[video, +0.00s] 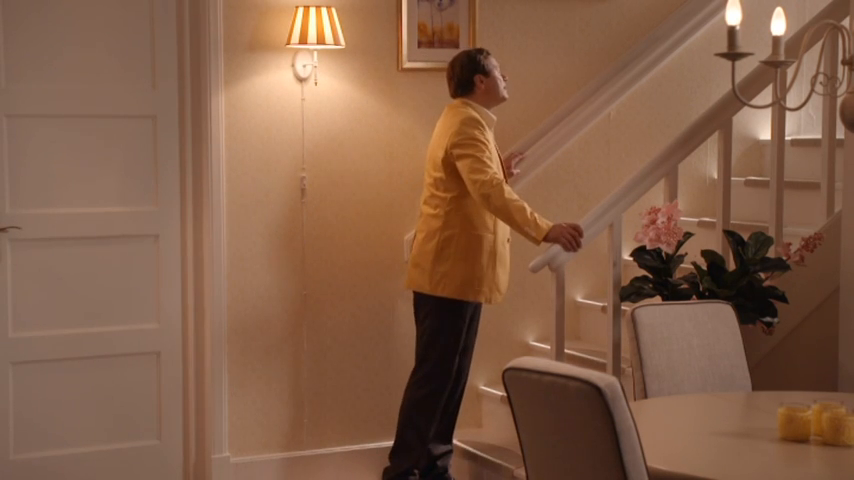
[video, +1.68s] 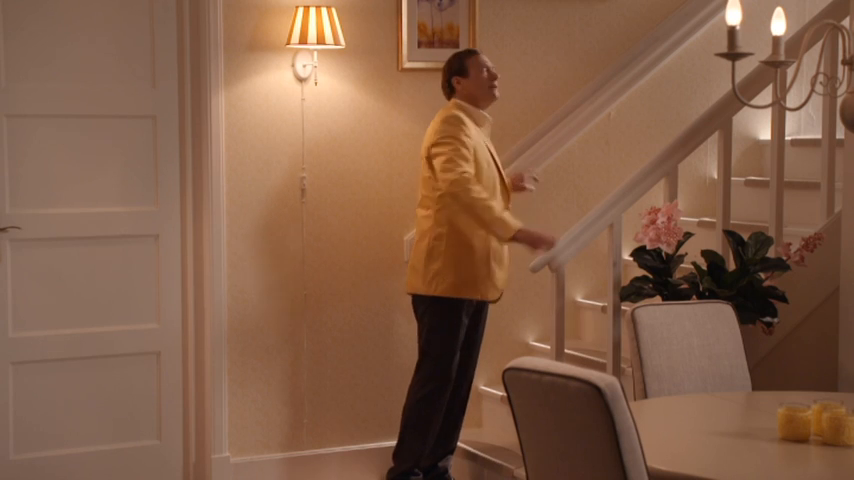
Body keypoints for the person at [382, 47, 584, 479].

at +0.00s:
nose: (505, 80)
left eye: (501, 73)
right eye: (498, 73)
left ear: (474, 82)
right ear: (480, 81)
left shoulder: (465, 120)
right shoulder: (466, 123)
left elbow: (461, 194)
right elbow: (489, 190)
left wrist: (498, 178)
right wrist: (545, 229)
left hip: (462, 271)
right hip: (448, 271)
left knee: (451, 376)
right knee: (435, 375)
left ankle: (433, 469)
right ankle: (405, 471)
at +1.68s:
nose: (496, 78)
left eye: (493, 72)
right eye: (486, 72)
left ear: (470, 83)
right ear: (459, 82)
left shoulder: (475, 128)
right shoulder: (450, 125)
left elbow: (475, 189)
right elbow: (460, 189)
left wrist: (507, 183)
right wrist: (518, 231)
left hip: (474, 274)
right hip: (445, 274)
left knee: (458, 379)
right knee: (436, 377)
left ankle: (436, 467)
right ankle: (406, 470)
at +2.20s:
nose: (458, 81)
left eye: (469, 76)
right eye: (455, 74)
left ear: (491, 88)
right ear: (448, 83)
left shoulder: (514, 142)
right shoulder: (421, 126)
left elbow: (532, 202)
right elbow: (375, 181)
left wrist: (511, 210)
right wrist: (336, 230)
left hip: (472, 271)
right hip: (414, 262)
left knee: (460, 378)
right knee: (397, 373)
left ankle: (447, 473)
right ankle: (385, 473)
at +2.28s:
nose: (450, 86)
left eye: (461, 81)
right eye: (448, 79)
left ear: (486, 93)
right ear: (444, 85)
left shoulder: (512, 148)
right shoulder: (418, 130)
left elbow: (531, 209)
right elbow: (378, 187)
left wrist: (504, 220)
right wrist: (342, 236)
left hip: (464, 275)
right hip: (408, 265)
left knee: (453, 380)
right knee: (388, 374)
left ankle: (445, 472)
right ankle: (373, 470)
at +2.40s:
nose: (436, 87)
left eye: (447, 81)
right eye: (436, 79)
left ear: (474, 91)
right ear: (434, 83)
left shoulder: (501, 146)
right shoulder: (410, 126)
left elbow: (520, 207)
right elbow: (383, 191)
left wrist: (487, 222)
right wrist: (366, 246)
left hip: (453, 271)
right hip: (399, 263)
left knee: (445, 376)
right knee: (377, 365)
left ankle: (444, 472)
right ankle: (353, 468)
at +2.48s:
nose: (423, 88)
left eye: (433, 82)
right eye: (424, 80)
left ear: (462, 90)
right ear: (426, 84)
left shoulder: (491, 143)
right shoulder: (402, 126)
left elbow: (509, 207)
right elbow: (381, 190)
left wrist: (473, 221)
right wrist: (375, 242)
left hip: (447, 272)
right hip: (393, 263)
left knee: (439, 375)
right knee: (367, 366)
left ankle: (442, 470)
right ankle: (340, 469)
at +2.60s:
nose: (402, 91)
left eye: (411, 84)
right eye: (402, 83)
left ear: (440, 91)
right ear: (406, 89)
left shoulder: (473, 142)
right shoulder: (385, 129)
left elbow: (492, 209)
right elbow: (373, 194)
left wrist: (448, 222)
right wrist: (370, 248)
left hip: (435, 274)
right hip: (382, 268)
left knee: (433, 377)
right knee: (357, 370)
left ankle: (442, 469)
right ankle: (331, 471)